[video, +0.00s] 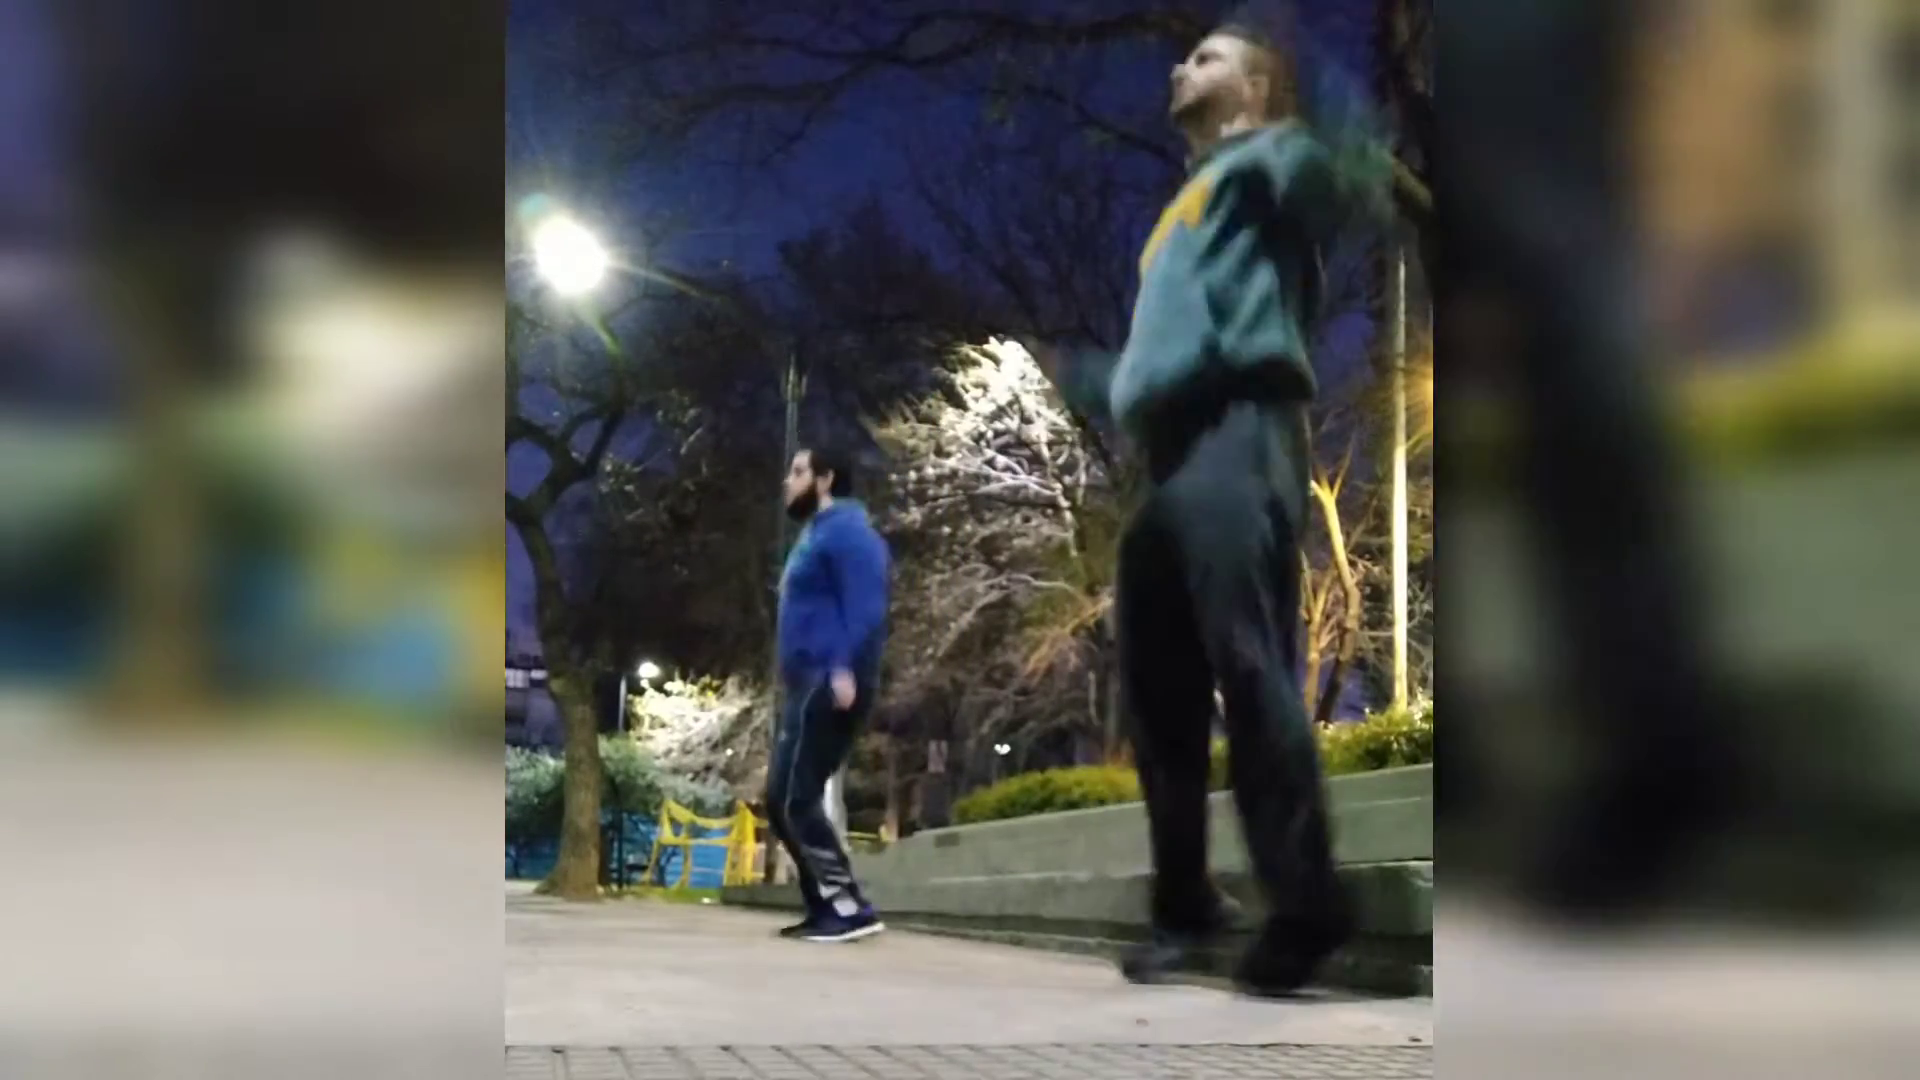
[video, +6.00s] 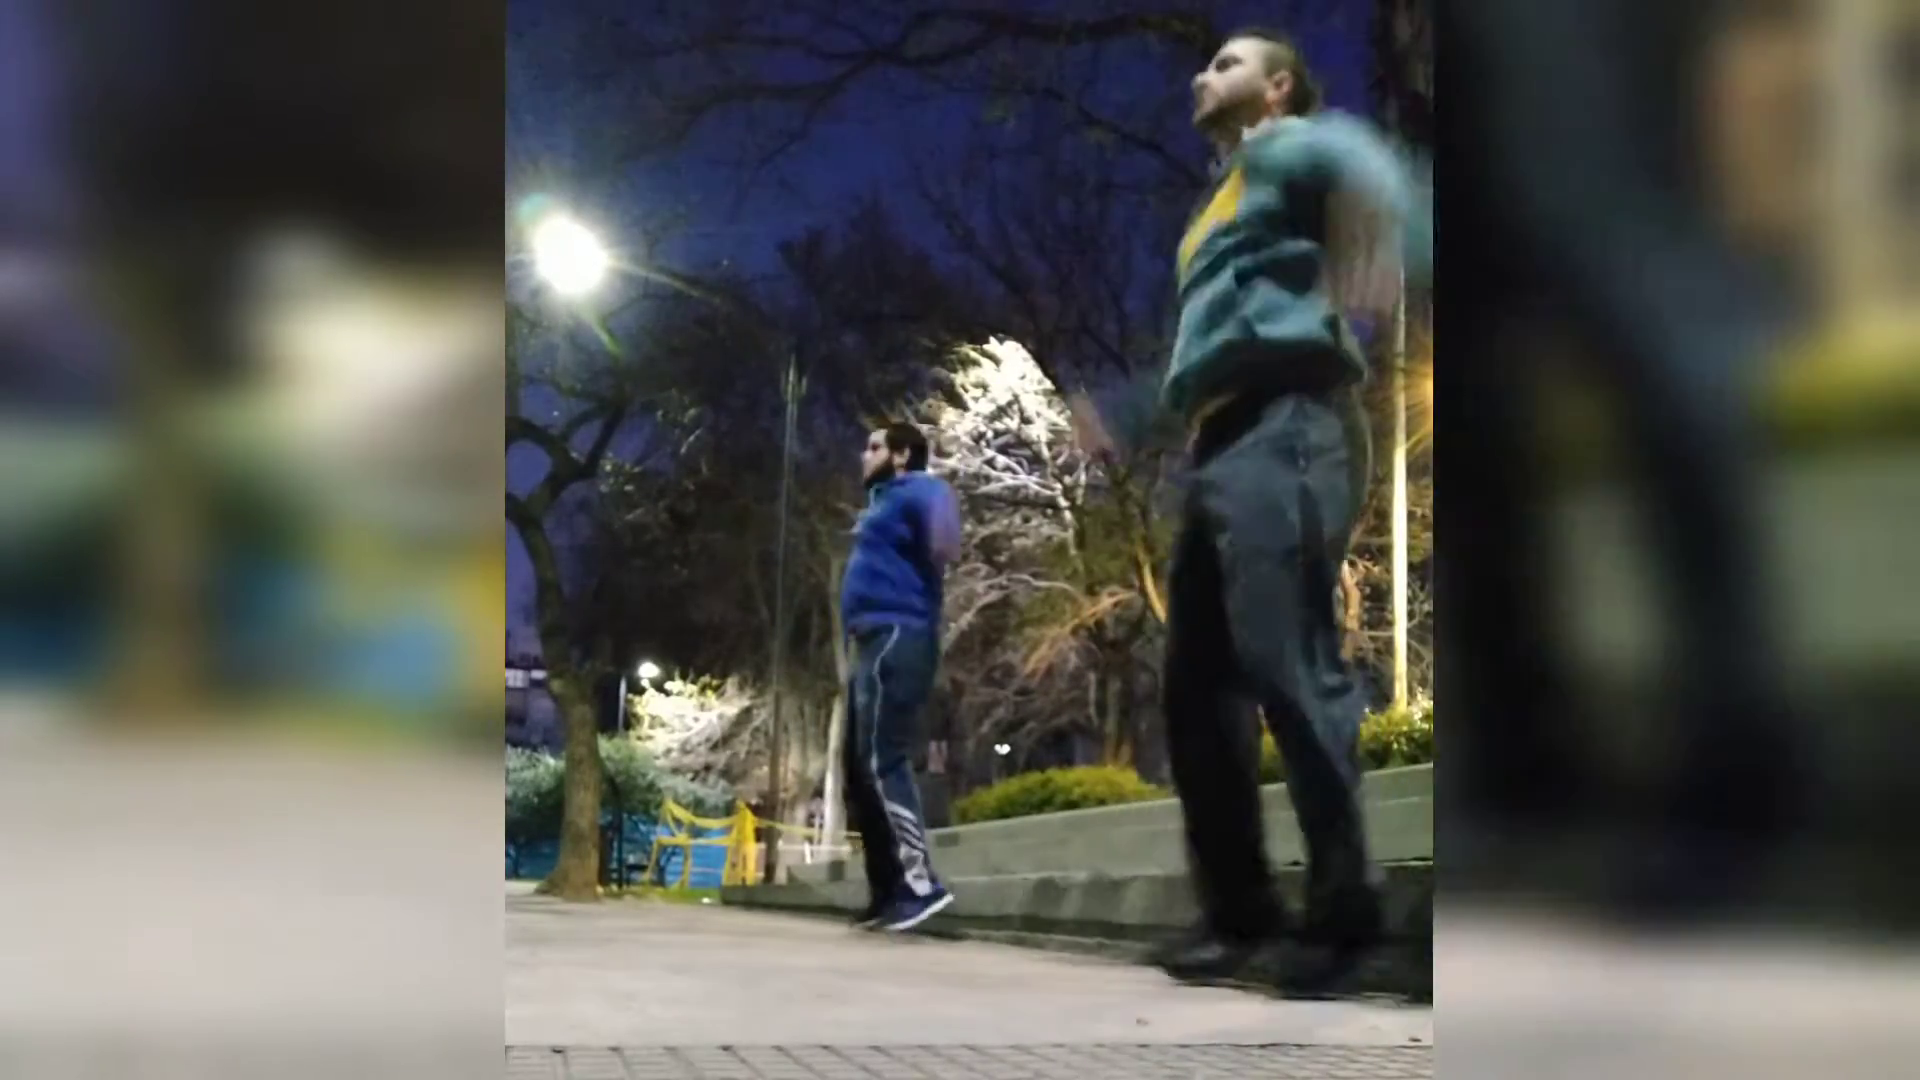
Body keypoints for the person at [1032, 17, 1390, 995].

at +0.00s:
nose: (1185, 68)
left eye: (1209, 55)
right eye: (1185, 58)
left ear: (1262, 85)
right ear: (1185, 95)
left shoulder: (1268, 157)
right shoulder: (1183, 206)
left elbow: (1333, 194)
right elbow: (1162, 355)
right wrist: (1092, 374)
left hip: (1242, 423)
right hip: (1167, 443)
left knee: (1247, 662)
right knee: (1161, 687)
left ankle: (1305, 908)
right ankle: (1185, 915)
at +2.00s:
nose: (1170, 93)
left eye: (1193, 83)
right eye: (1171, 86)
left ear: (1240, 109)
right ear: (1170, 118)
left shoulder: (1258, 169)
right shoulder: (1145, 229)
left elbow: (1314, 39)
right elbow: (1105, 225)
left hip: (1224, 456)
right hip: (1147, 479)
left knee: (1267, 699)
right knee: (1103, 713)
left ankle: (1384, 945)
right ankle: (1098, 915)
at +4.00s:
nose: (1207, 109)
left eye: (1228, 98)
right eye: (1207, 100)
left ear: (1275, 122)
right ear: (1209, 134)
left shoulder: (1295, 194)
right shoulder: (1193, 242)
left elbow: (1346, 61)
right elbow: (1163, 236)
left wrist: (1358, 12)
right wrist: (1139, 159)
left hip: (1269, 472)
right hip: (1191, 490)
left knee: (1306, 702)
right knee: (1167, 714)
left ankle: (1402, 948)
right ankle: (1186, 930)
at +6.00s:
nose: (1204, 74)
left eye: (1226, 61)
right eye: (1205, 64)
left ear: (1279, 86)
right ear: (1221, 99)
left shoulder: (1287, 147)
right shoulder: (1218, 203)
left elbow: (1374, 173)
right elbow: (1202, 354)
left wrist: (1377, 261)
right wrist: (1119, 416)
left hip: (1284, 423)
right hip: (1218, 445)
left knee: (1287, 665)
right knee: (1198, 690)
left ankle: (1344, 918)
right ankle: (1239, 917)